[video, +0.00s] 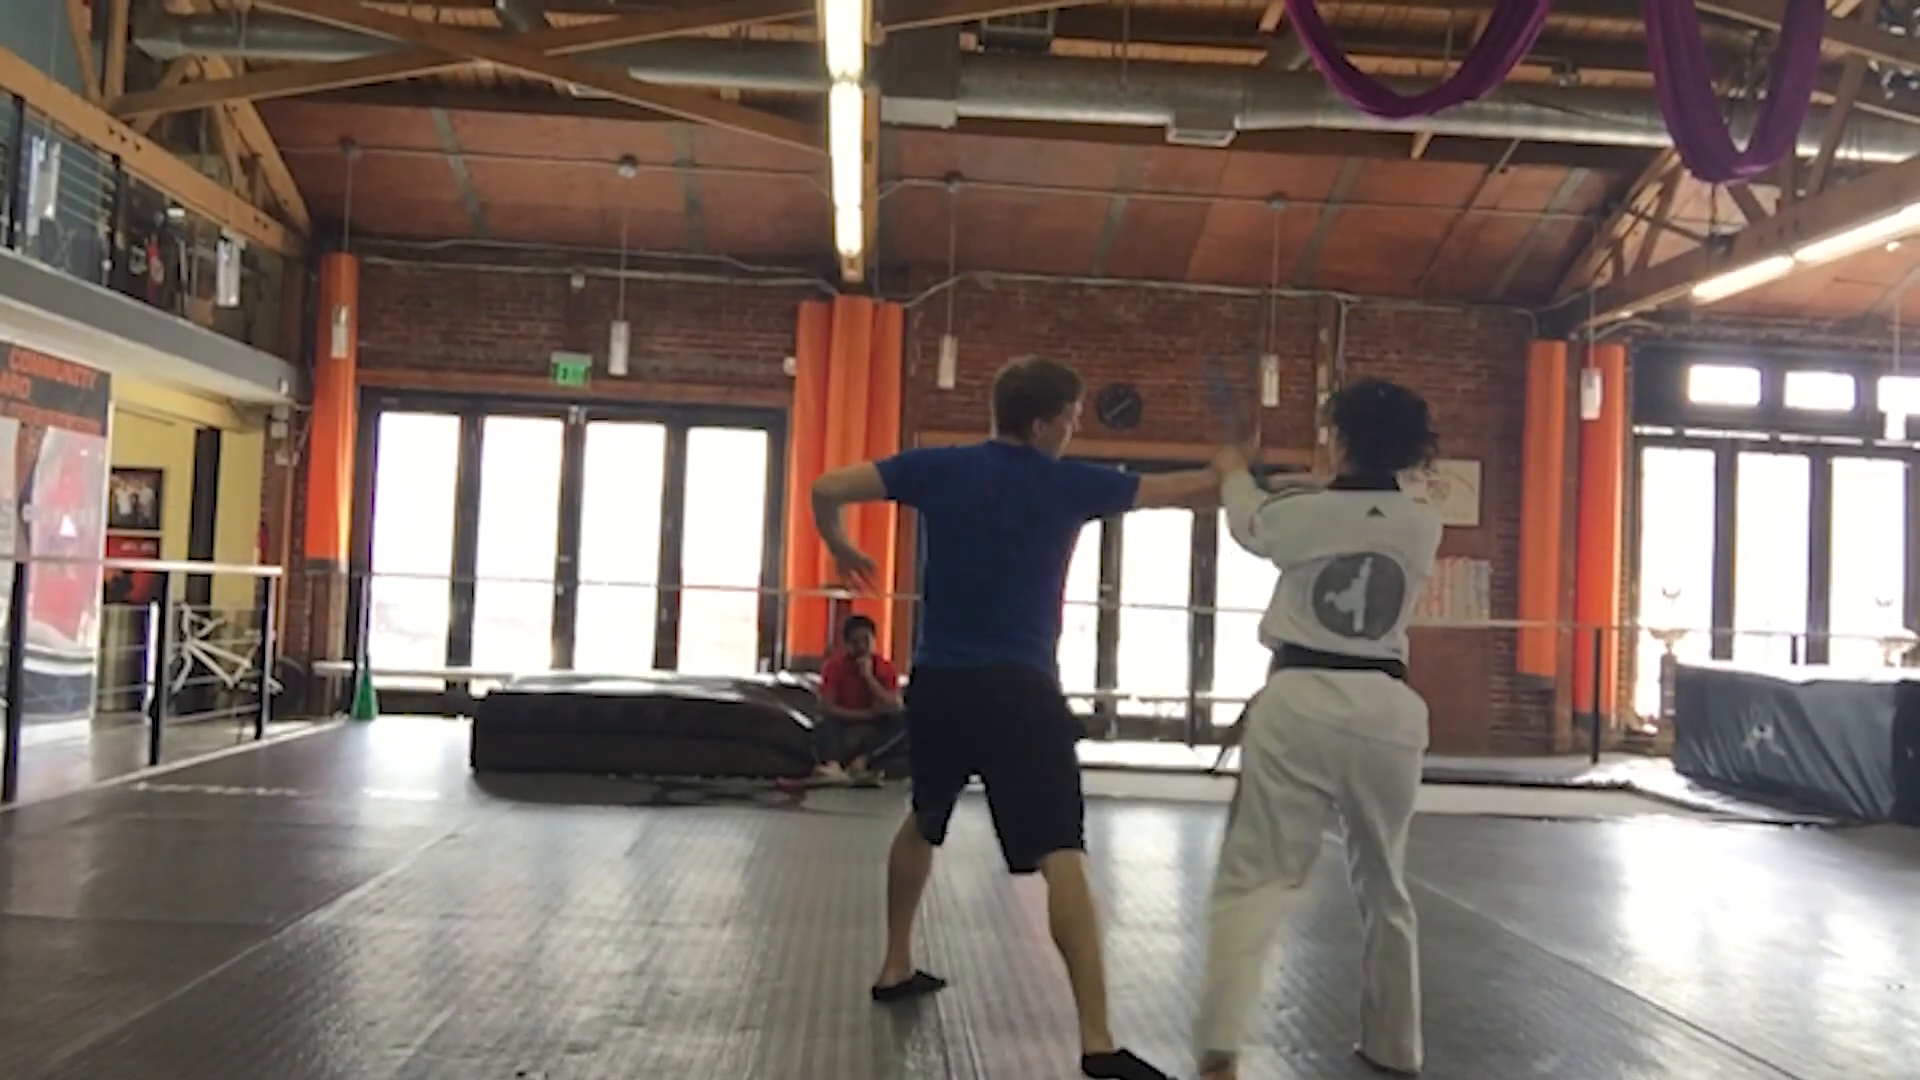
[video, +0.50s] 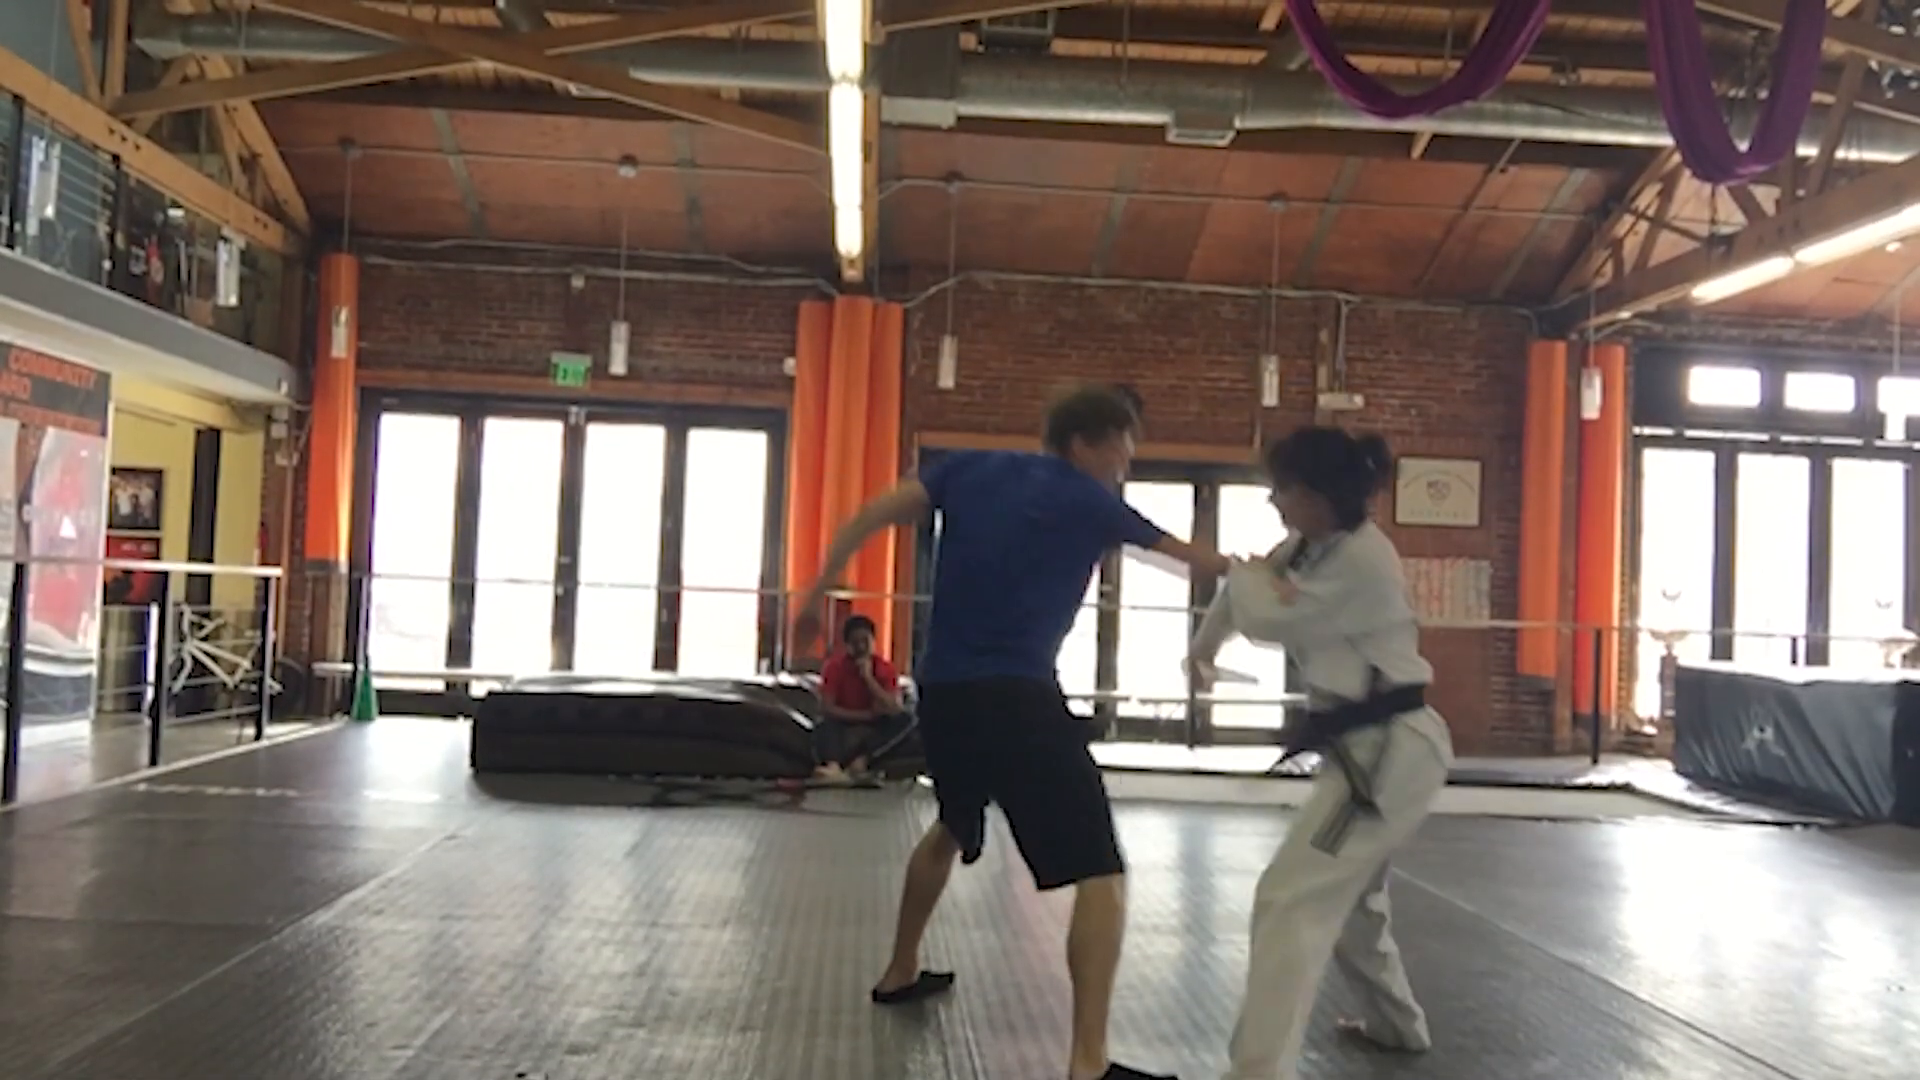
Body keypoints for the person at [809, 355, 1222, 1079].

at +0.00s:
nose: (1073, 430)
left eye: (1074, 420)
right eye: (1071, 419)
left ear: (998, 415)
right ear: (1052, 421)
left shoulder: (941, 467)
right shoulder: (1067, 483)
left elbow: (829, 487)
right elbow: (1178, 488)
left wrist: (839, 549)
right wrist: (1241, 468)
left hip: (937, 686)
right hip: (1023, 692)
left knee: (922, 819)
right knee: (1064, 859)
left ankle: (894, 967)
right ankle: (1098, 1045)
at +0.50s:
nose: (1127, 470)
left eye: (1129, 458)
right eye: (1124, 455)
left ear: (1054, 441)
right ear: (1087, 443)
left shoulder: (970, 470)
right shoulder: (1093, 501)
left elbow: (874, 511)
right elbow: (1193, 560)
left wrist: (814, 589)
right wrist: (1247, 571)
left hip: (943, 694)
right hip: (1021, 698)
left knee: (950, 825)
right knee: (1101, 872)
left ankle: (899, 972)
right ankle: (1090, 1061)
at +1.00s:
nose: (1141, 413)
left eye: (1139, 403)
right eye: (1138, 405)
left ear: (1064, 406)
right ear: (1125, 415)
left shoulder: (1020, 449)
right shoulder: (1135, 492)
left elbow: (929, 416)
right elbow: (1215, 562)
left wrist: (857, 392)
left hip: (951, 662)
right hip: (1035, 681)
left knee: (925, 807)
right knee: (1082, 864)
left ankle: (900, 962)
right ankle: (1119, 1037)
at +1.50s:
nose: (1146, 481)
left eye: (1153, 470)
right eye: (1150, 466)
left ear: (1094, 430)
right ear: (1126, 440)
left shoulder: (1014, 457)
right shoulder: (1122, 506)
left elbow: (908, 500)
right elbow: (1204, 614)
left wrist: (903, 568)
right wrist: (1202, 660)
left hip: (971, 688)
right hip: (1056, 702)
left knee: (952, 818)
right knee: (1111, 872)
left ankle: (906, 969)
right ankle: (1113, 1060)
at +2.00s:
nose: (1076, 443)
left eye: (1078, 434)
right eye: (1079, 433)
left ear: (1009, 412)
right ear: (1067, 427)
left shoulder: (950, 471)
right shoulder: (1084, 503)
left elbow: (896, 560)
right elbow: (1101, 600)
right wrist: (1044, 573)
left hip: (962, 693)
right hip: (1048, 699)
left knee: (965, 826)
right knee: (1082, 836)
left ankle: (970, 970)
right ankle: (1098, 963)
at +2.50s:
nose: (1009, 492)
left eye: (1001, 487)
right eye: (1001, 490)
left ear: (935, 526)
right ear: (991, 521)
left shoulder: (915, 577)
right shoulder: (1039, 567)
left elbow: (909, 528)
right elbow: (1074, 487)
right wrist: (1030, 414)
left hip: (958, 795)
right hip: (1042, 793)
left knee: (965, 826)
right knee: (1032, 720)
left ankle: (966, 945)